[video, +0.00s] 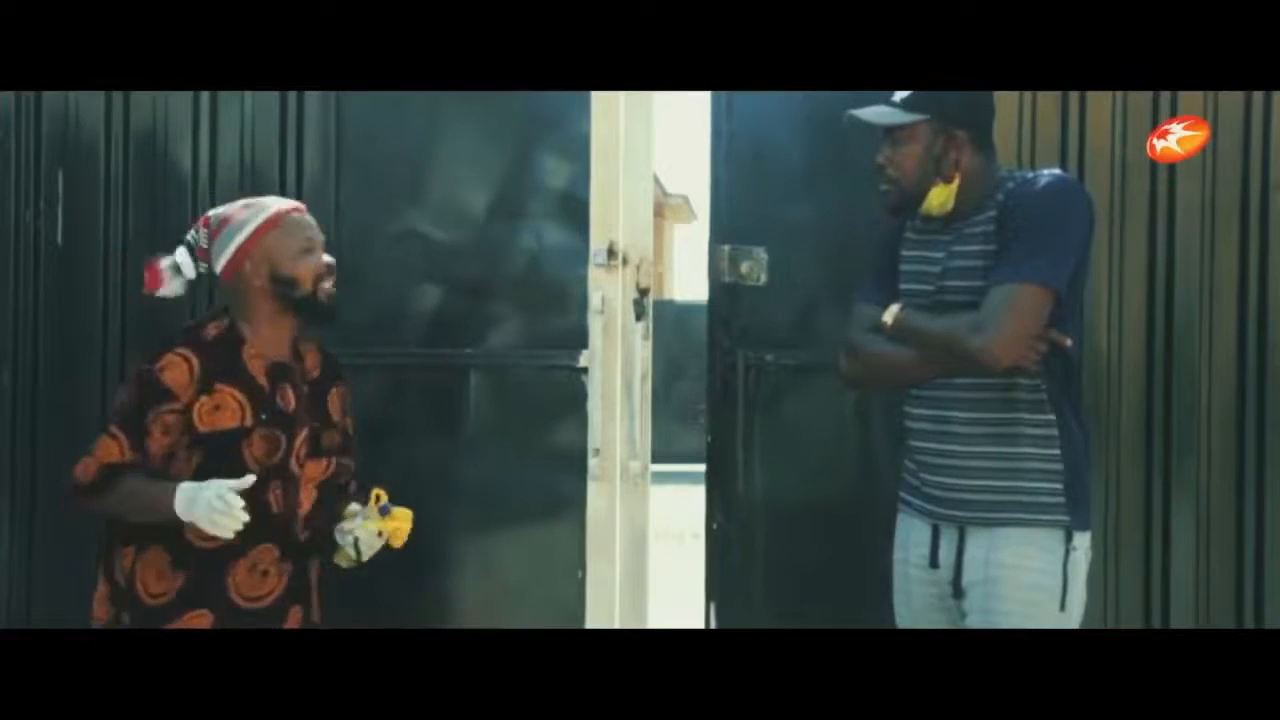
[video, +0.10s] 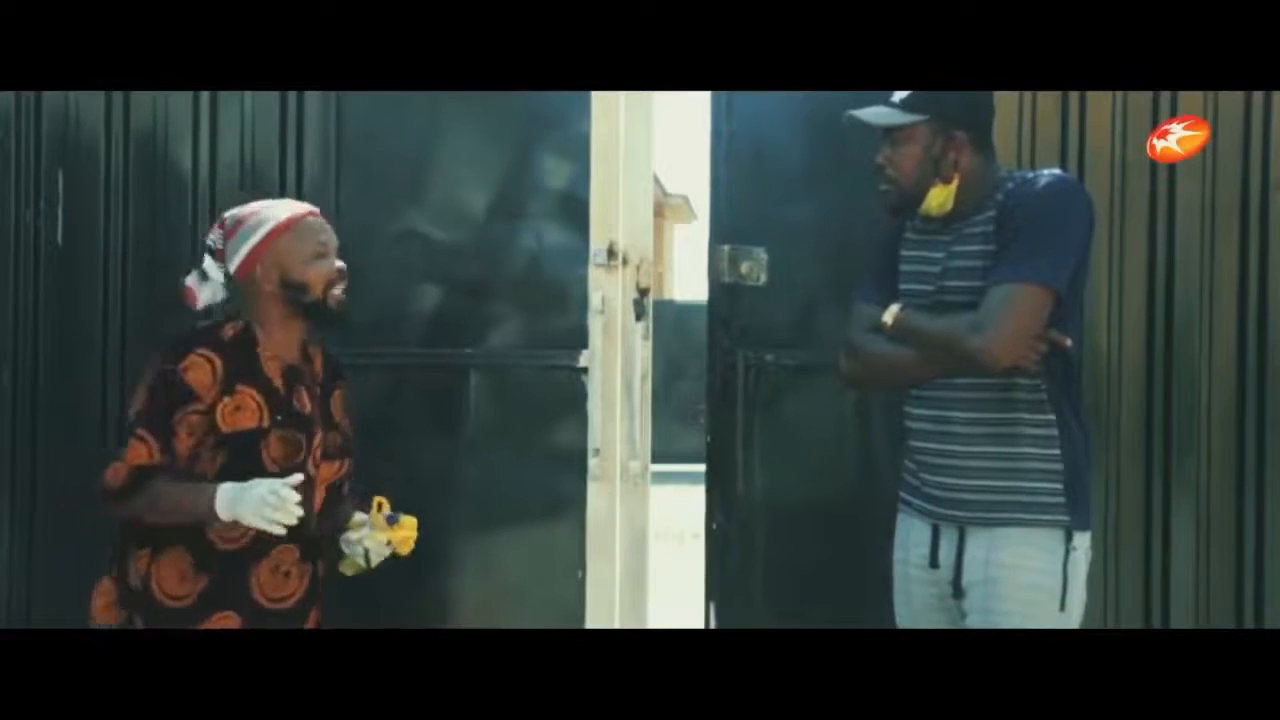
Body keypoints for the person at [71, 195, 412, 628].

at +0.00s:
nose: (329, 262)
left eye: (323, 249)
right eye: (308, 252)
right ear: (255, 272)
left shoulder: (324, 376)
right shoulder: (185, 369)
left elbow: (325, 496)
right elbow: (95, 482)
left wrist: (350, 528)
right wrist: (181, 500)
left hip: (286, 615)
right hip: (181, 616)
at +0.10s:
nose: (341, 268)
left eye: (335, 255)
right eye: (320, 258)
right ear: (267, 276)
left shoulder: (326, 375)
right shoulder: (197, 367)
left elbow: (327, 498)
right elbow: (124, 490)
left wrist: (353, 529)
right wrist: (226, 501)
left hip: (290, 615)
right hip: (188, 614)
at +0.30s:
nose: (336, 281)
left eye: (340, 268)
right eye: (311, 267)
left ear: (348, 272)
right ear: (260, 279)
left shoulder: (329, 376)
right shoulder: (202, 372)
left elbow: (336, 497)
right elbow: (135, 491)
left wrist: (359, 539)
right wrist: (225, 515)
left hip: (305, 614)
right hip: (206, 615)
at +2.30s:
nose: (292, 290)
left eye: (310, 275)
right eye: (270, 274)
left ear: (329, 286)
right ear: (238, 285)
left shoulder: (335, 377)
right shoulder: (192, 369)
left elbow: (344, 496)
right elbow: (95, 473)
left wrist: (380, 577)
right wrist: (154, 454)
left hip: (290, 612)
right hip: (181, 611)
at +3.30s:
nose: (353, 300)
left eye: (363, 285)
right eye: (335, 284)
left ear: (376, 289)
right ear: (293, 288)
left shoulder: (345, 369)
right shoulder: (252, 354)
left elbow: (329, 497)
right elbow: (277, 413)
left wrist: (352, 569)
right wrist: (357, 355)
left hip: (303, 586)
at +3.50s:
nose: (351, 299)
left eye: (364, 283)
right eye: (327, 283)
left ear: (380, 292)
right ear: (286, 294)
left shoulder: (356, 370)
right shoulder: (254, 357)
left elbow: (342, 497)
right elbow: (278, 419)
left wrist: (367, 575)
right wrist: (389, 352)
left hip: (306, 600)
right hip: (220, 605)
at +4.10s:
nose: (389, 285)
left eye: (383, 270)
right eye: (369, 272)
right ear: (316, 286)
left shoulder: (351, 373)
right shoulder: (242, 373)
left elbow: (338, 510)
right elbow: (228, 518)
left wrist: (369, 584)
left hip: (298, 606)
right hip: (220, 607)